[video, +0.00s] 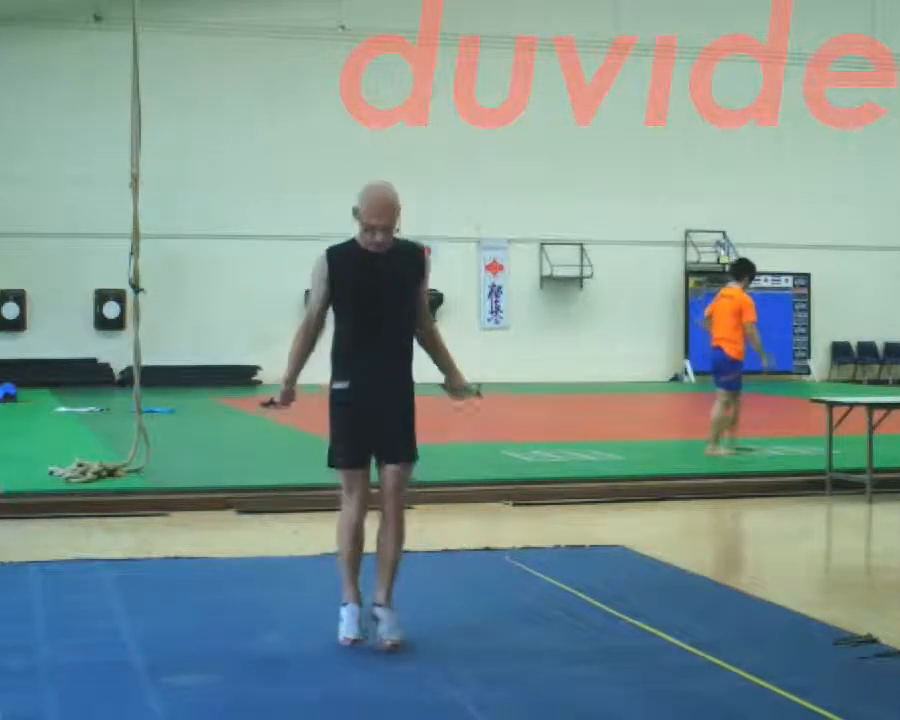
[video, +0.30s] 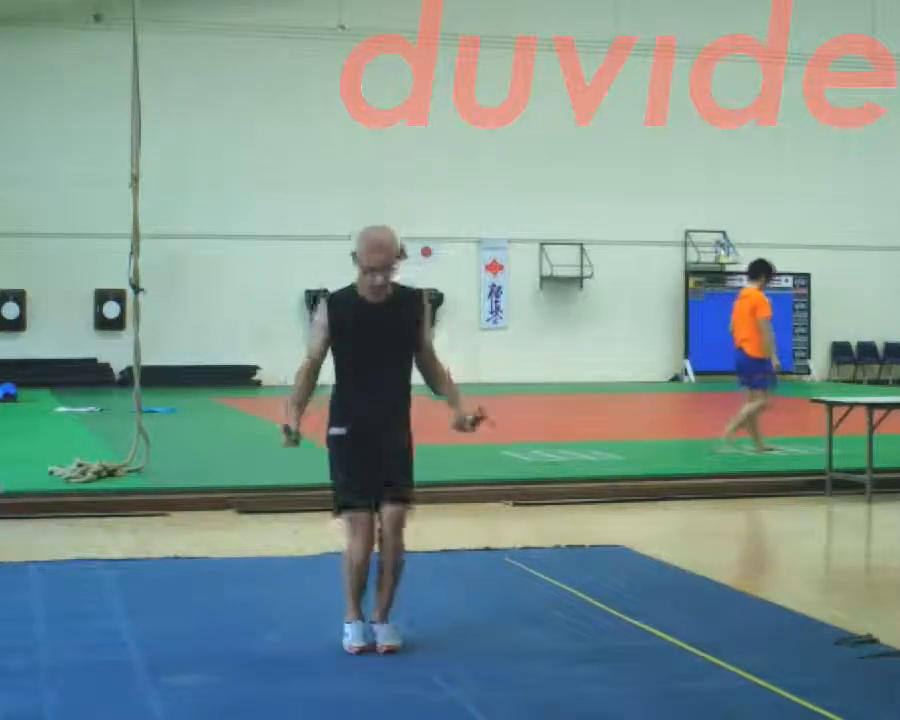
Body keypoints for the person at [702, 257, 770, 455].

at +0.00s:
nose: (751, 282)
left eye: (752, 278)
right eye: (751, 278)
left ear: (733, 275)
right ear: (746, 277)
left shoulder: (721, 294)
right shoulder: (744, 299)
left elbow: (705, 319)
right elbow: (750, 330)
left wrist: (719, 333)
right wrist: (762, 355)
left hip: (717, 348)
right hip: (731, 350)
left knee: (734, 397)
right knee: (723, 399)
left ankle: (729, 441)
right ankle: (713, 444)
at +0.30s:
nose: (769, 281)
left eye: (769, 277)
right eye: (769, 277)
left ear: (751, 276)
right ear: (764, 277)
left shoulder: (742, 297)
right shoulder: (760, 298)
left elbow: (733, 327)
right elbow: (765, 328)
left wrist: (743, 344)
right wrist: (773, 356)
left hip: (743, 352)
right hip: (757, 354)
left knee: (752, 399)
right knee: (762, 398)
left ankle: (758, 442)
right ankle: (728, 432)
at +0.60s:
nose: (788, 281)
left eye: (787, 277)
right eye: (788, 277)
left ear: (771, 275)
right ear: (784, 277)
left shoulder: (761, 295)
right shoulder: (778, 298)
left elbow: (756, 325)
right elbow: (779, 326)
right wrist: (784, 356)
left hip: (758, 351)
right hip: (772, 353)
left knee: (760, 396)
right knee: (788, 398)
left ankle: (758, 441)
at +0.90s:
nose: (811, 282)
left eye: (811, 278)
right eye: (811, 278)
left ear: (792, 277)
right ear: (805, 277)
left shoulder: (781, 299)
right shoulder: (805, 300)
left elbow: (779, 329)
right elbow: (808, 327)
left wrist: (778, 353)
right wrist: (813, 356)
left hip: (782, 351)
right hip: (799, 353)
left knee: (785, 395)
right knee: (807, 399)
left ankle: (765, 438)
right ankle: (817, 441)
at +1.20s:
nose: (823, 280)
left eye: (823, 276)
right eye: (823, 277)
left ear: (803, 275)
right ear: (819, 276)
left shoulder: (794, 298)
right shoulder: (818, 299)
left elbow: (789, 331)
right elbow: (826, 326)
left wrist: (787, 356)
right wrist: (836, 346)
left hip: (795, 350)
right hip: (813, 351)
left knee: (798, 395)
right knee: (815, 399)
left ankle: (792, 437)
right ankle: (817, 441)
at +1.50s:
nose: (824, 280)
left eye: (824, 276)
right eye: (823, 276)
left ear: (804, 275)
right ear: (819, 276)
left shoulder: (798, 296)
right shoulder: (818, 299)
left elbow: (797, 323)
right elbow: (822, 325)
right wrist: (831, 348)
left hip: (798, 348)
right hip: (814, 350)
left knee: (801, 395)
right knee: (816, 397)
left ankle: (796, 438)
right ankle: (817, 442)